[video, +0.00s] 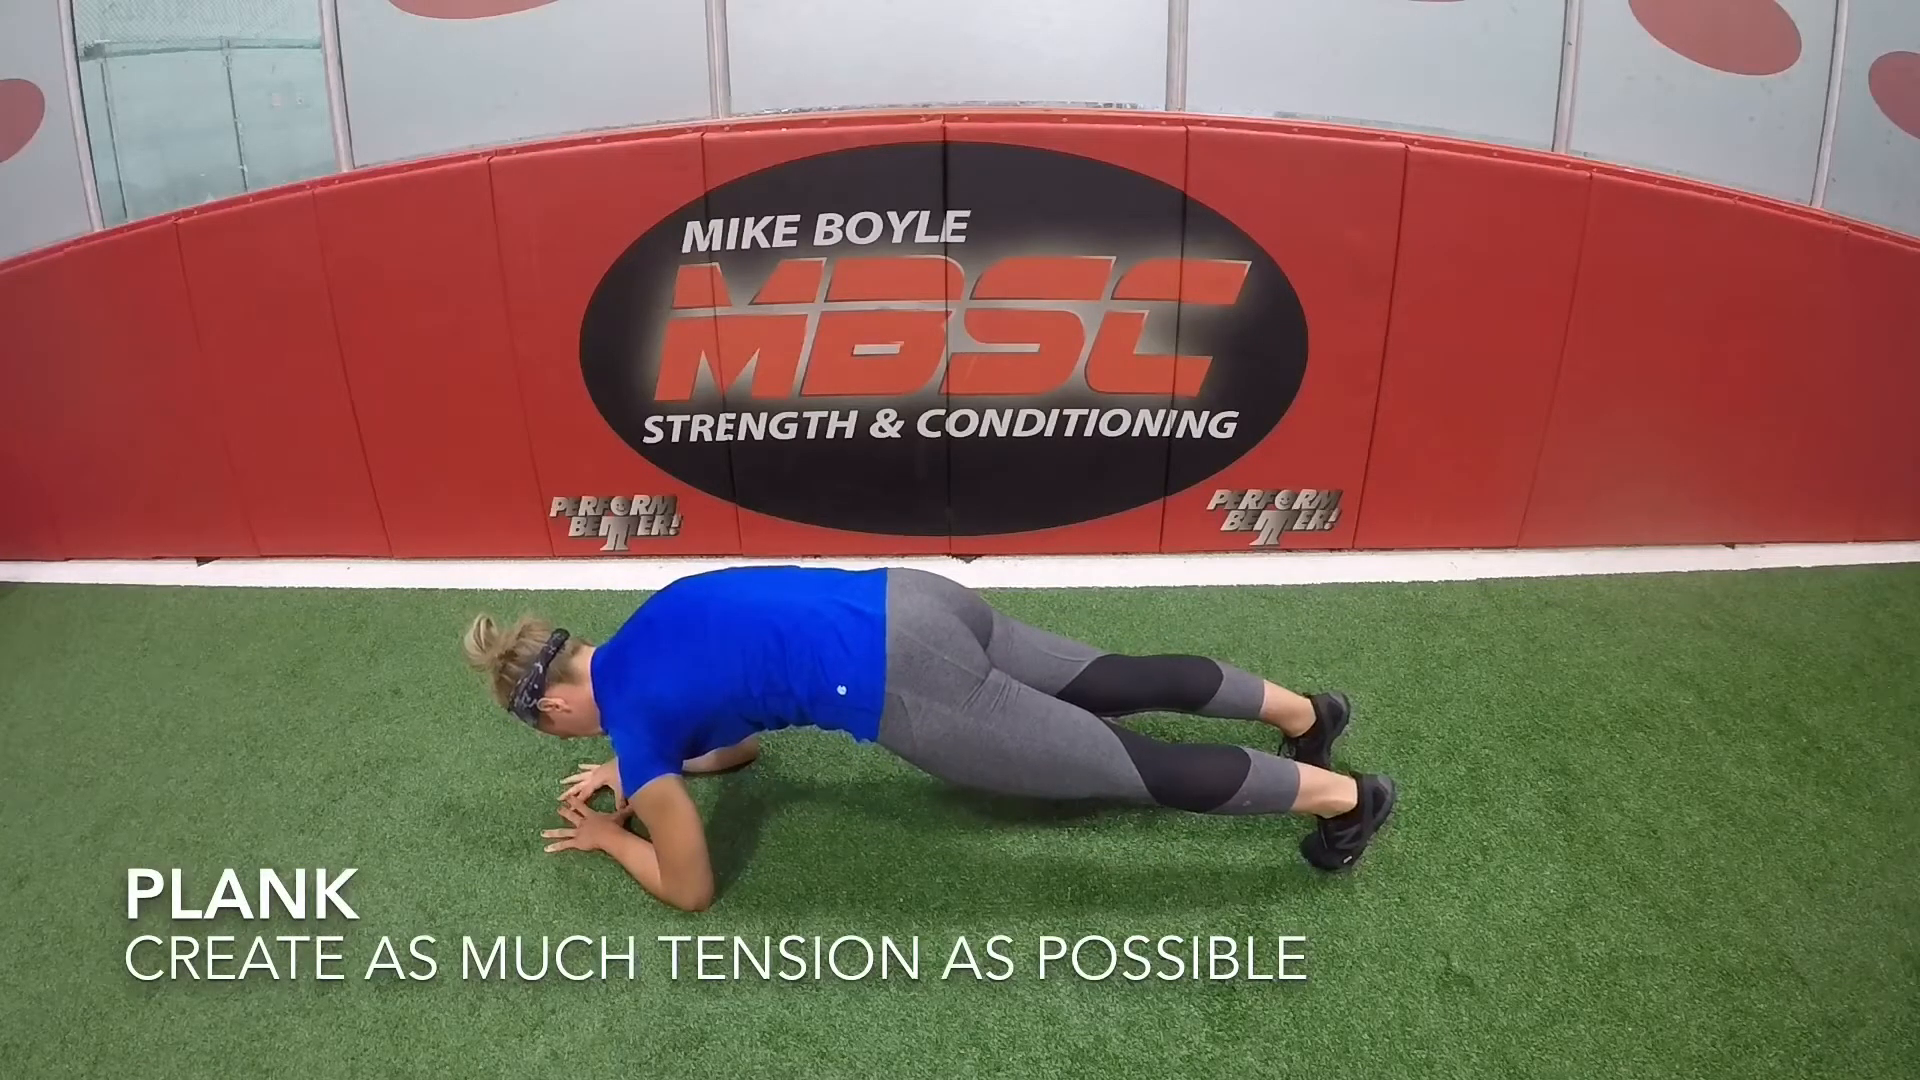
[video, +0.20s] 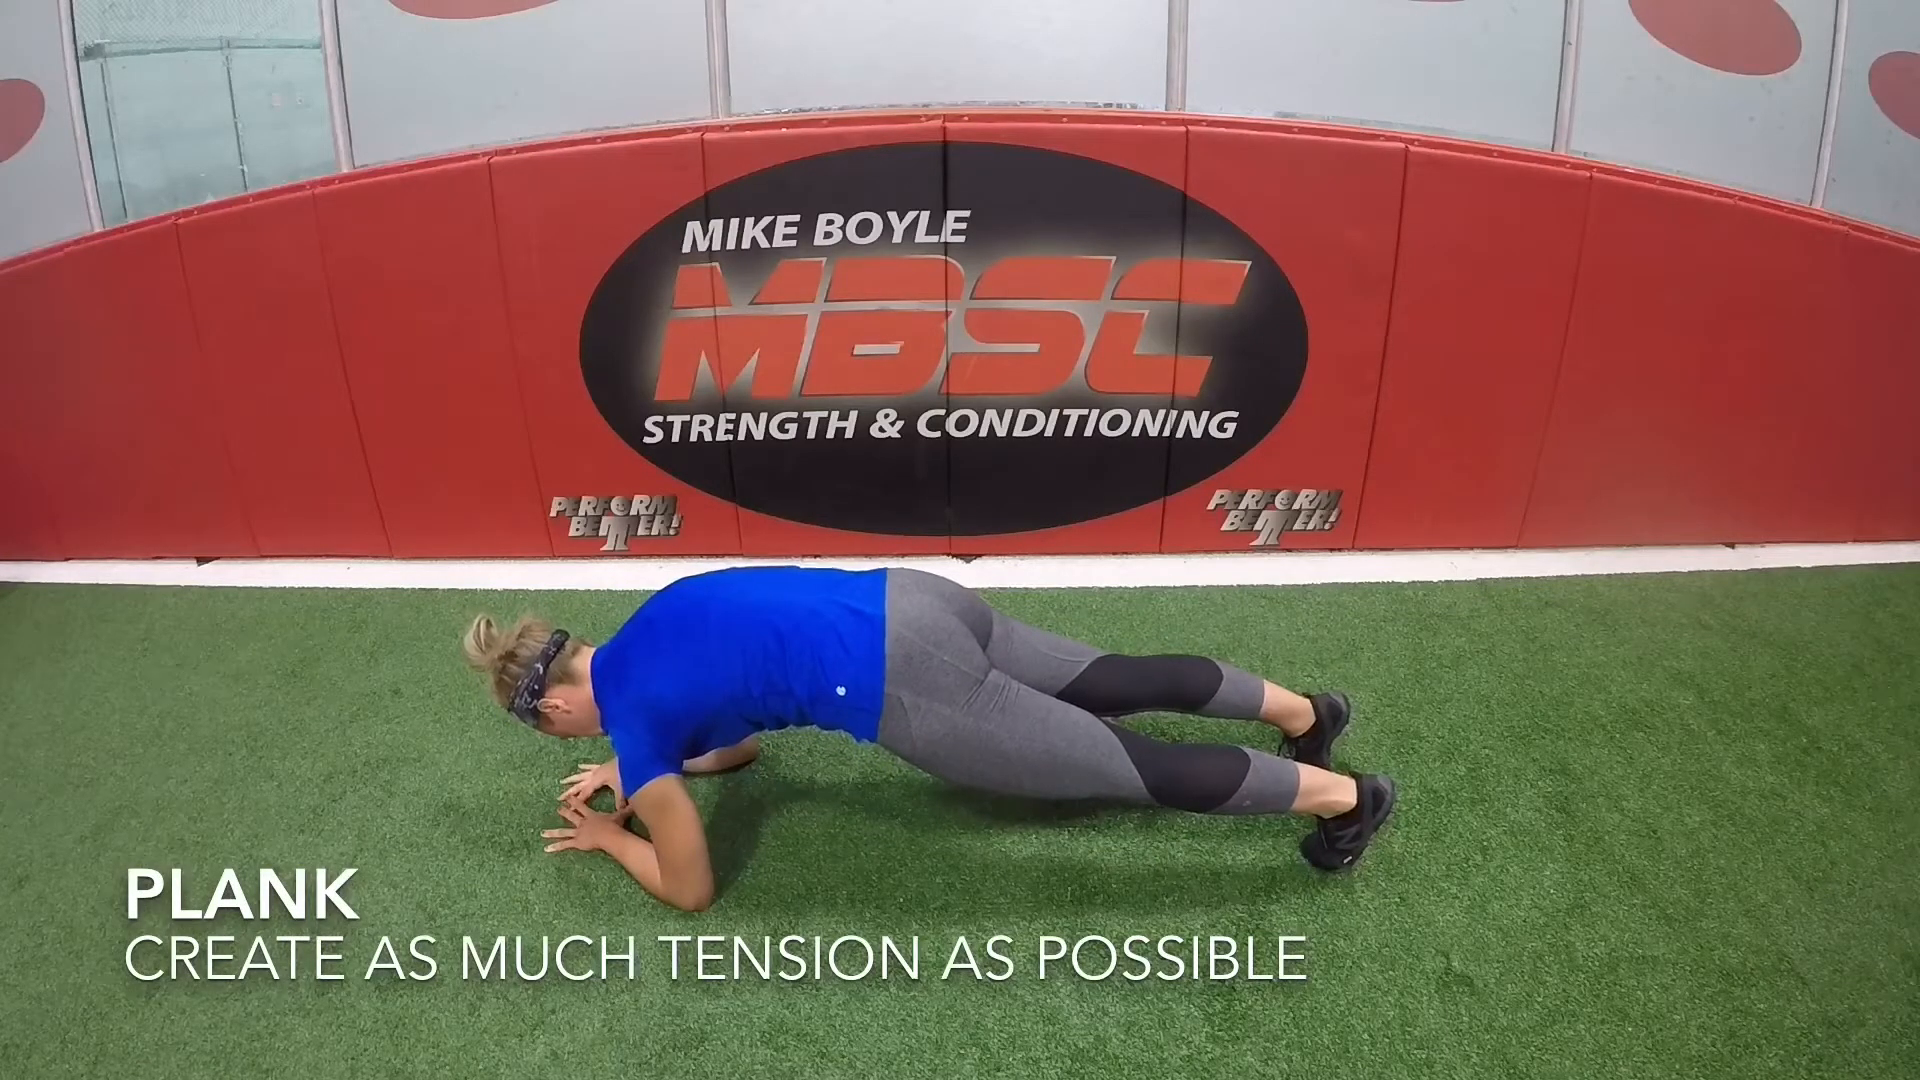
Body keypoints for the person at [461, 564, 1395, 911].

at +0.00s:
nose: (568, 734)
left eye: (553, 728)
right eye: (557, 729)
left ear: (559, 697)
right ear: (573, 646)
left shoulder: (632, 716)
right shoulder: (657, 608)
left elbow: (688, 886)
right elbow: (737, 740)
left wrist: (614, 841)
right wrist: (638, 778)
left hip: (900, 687)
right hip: (915, 591)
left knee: (1135, 767)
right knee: (1111, 678)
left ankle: (1342, 794)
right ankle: (1308, 714)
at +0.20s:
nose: (567, 735)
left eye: (552, 728)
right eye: (556, 729)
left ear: (558, 697)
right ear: (573, 646)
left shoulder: (632, 715)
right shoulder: (657, 608)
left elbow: (688, 886)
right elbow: (736, 740)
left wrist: (614, 841)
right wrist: (638, 778)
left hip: (900, 688)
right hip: (915, 591)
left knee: (1135, 768)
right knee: (1111, 678)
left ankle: (1342, 795)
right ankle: (1308, 714)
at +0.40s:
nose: (567, 735)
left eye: (552, 729)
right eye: (556, 729)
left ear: (558, 697)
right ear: (572, 647)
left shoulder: (632, 716)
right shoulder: (657, 609)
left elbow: (688, 885)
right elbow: (736, 741)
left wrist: (614, 841)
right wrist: (637, 778)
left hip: (901, 688)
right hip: (915, 591)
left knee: (1134, 767)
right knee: (1112, 678)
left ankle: (1342, 795)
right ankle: (1307, 714)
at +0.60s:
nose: (566, 736)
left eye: (551, 729)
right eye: (555, 730)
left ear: (557, 697)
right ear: (573, 647)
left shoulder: (631, 717)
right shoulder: (656, 611)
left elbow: (688, 886)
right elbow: (736, 741)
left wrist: (614, 841)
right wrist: (636, 776)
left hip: (901, 688)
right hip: (914, 591)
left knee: (1134, 767)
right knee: (1109, 677)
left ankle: (1342, 794)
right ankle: (1307, 715)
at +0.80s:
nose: (566, 737)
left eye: (551, 730)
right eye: (555, 731)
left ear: (558, 697)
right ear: (573, 648)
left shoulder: (631, 717)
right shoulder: (656, 612)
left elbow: (688, 886)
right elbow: (736, 741)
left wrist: (614, 841)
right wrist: (636, 777)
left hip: (901, 688)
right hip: (914, 592)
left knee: (1133, 767)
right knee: (1110, 678)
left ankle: (1341, 794)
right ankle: (1307, 715)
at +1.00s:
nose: (568, 735)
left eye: (553, 729)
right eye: (557, 729)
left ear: (558, 699)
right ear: (574, 647)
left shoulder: (633, 717)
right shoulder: (656, 613)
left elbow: (688, 885)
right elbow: (737, 743)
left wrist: (613, 840)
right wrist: (638, 778)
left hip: (901, 689)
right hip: (915, 593)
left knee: (1133, 769)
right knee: (1106, 678)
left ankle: (1341, 794)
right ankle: (1307, 715)